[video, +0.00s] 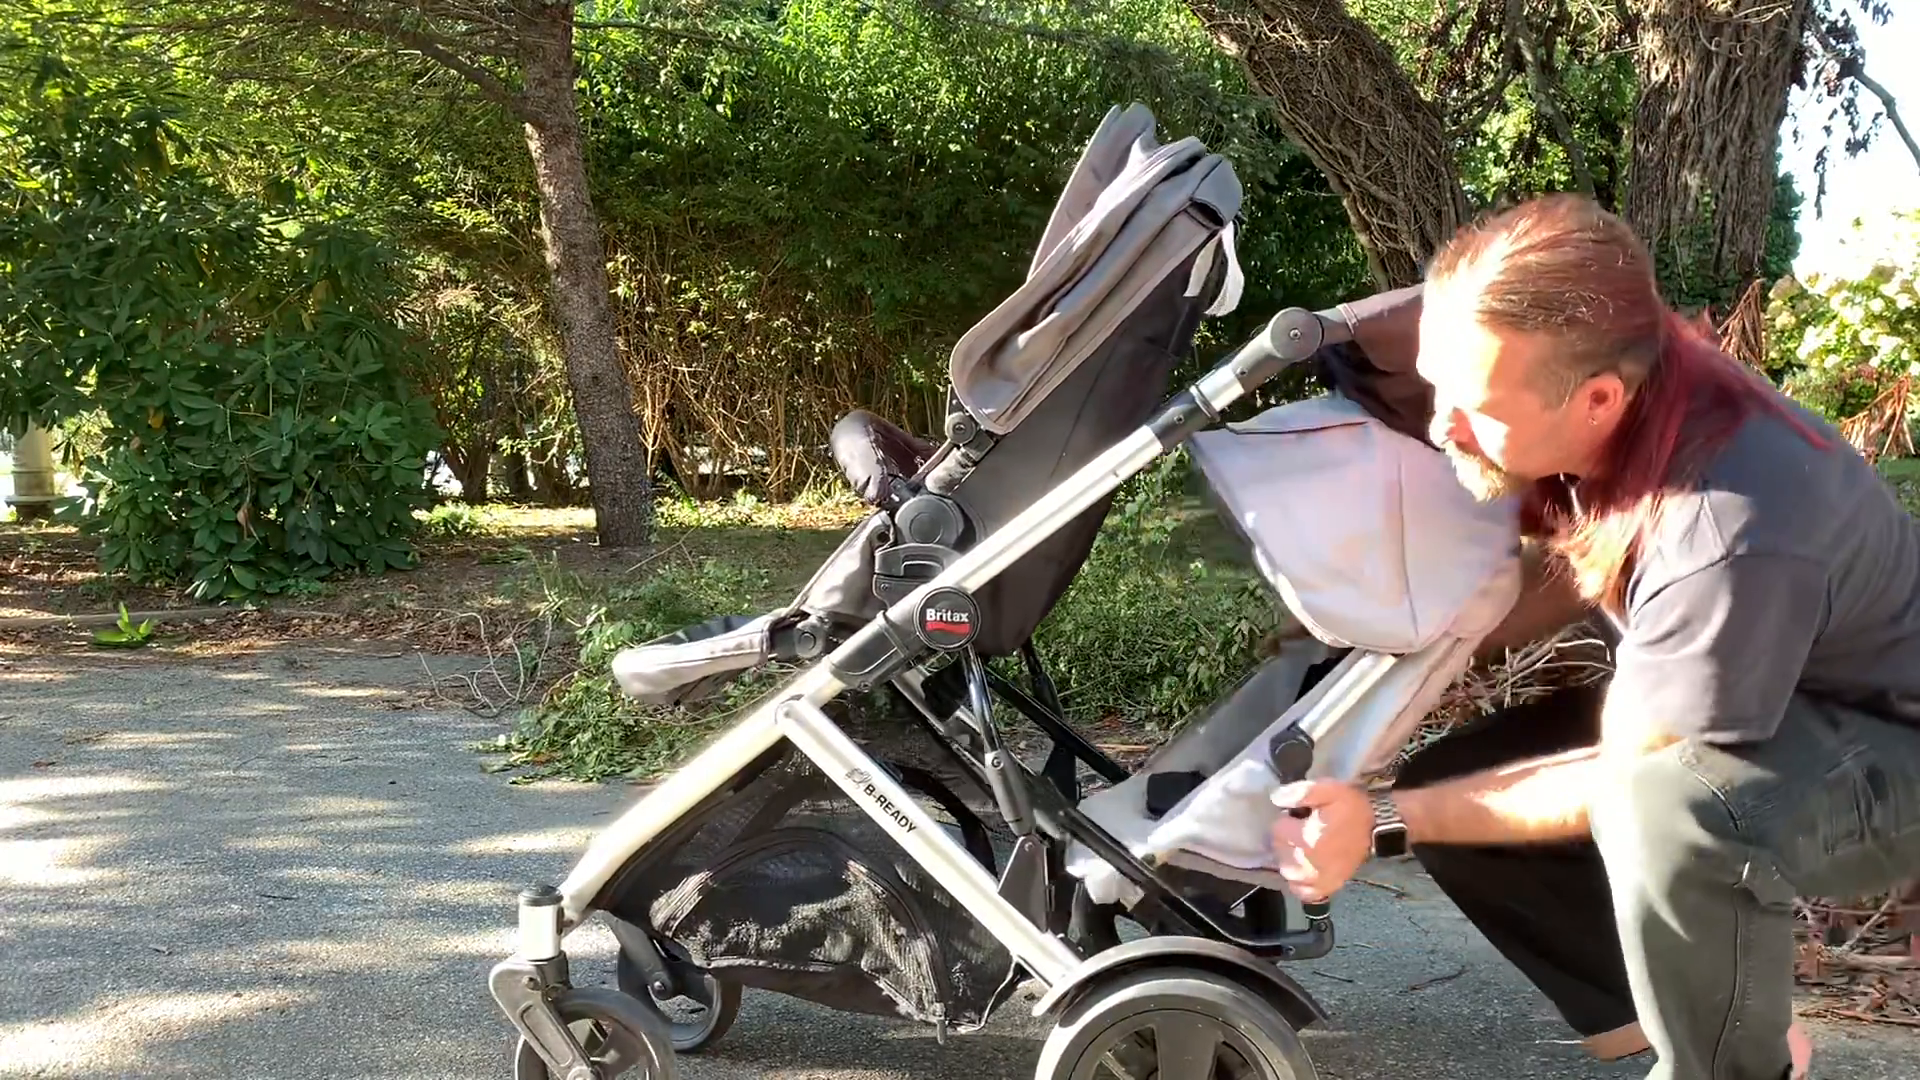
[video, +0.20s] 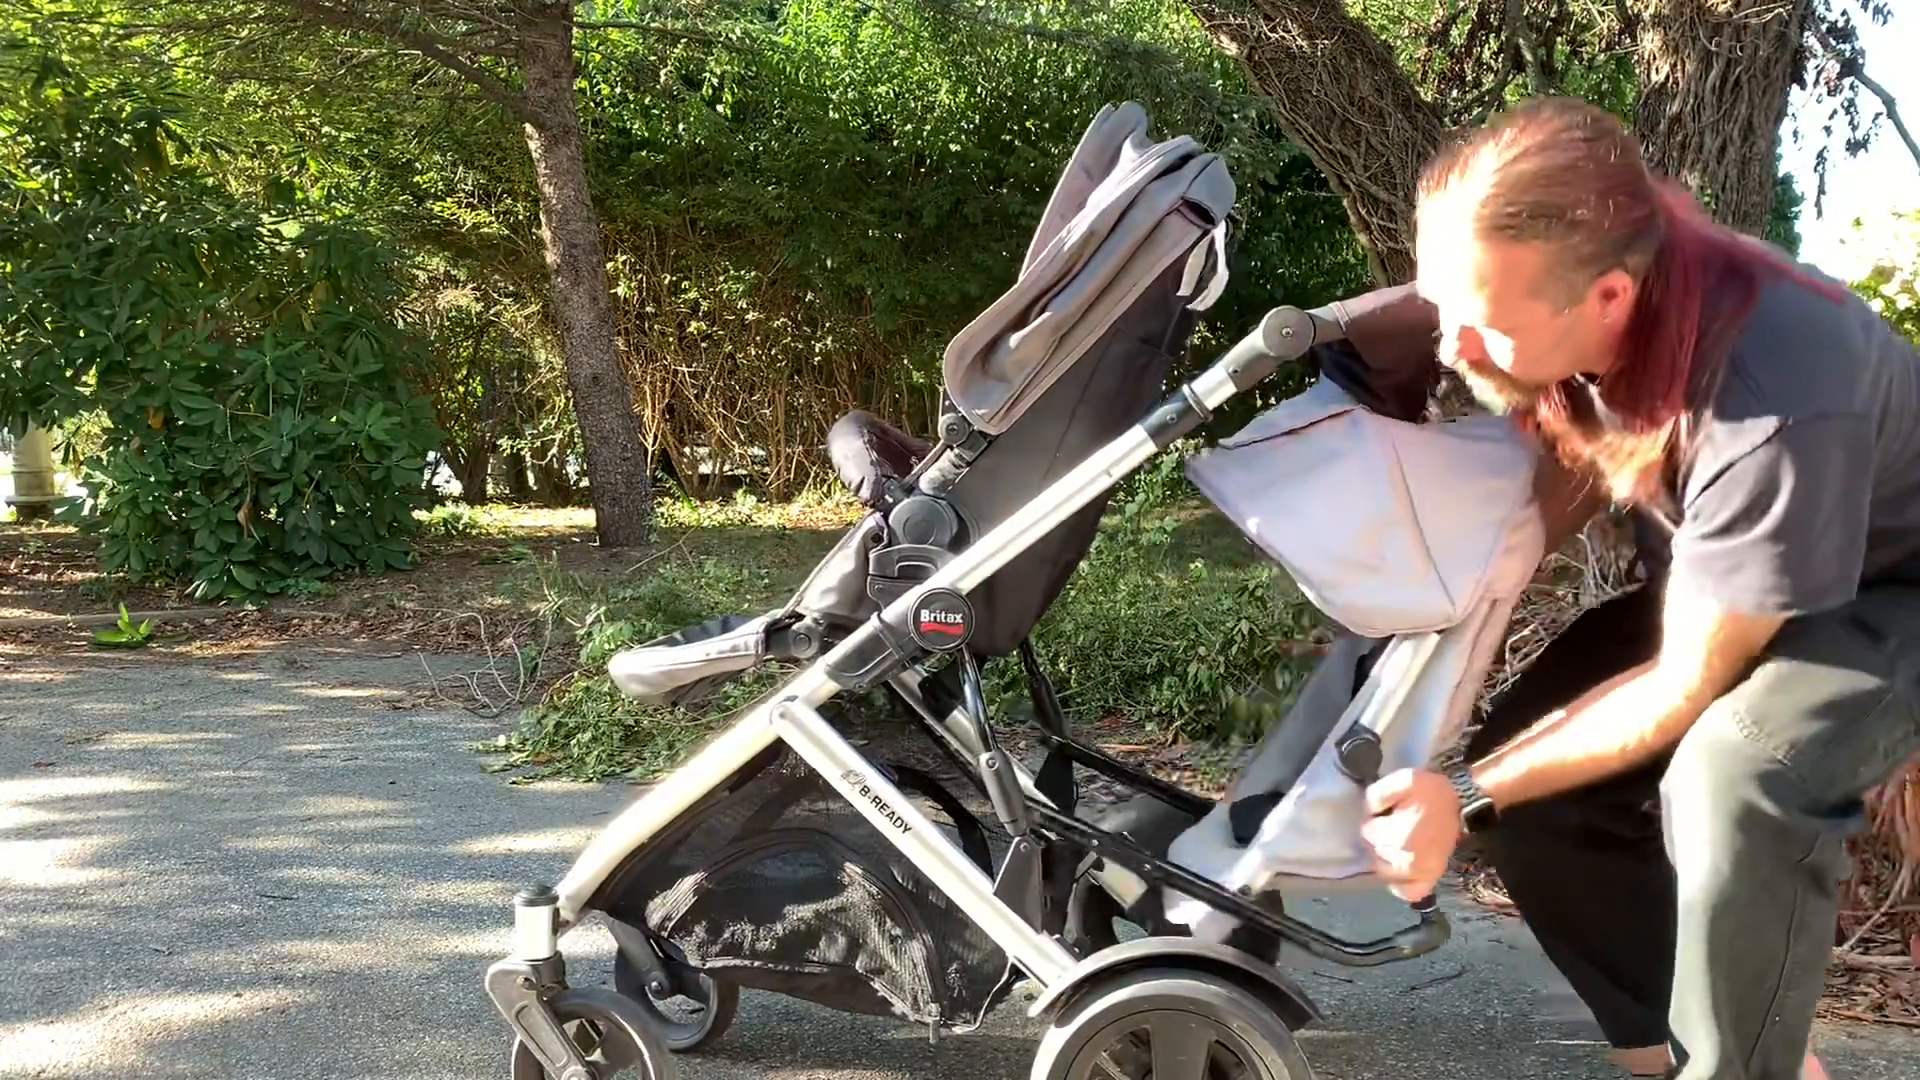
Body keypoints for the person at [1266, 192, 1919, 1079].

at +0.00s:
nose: (1446, 428)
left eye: (1473, 411)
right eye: (1441, 396)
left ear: (1599, 403)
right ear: (1597, 400)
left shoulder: (1728, 521)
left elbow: (1637, 780)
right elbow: (1571, 569)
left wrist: (1389, 818)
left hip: (1895, 731)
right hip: (1754, 679)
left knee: (1671, 809)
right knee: (1453, 801)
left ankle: (1741, 1065)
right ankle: (1689, 1031)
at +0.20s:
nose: (1454, 342)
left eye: (1482, 319)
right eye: (1446, 307)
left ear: (1607, 300)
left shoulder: (1773, 404)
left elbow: (1687, 684)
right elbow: (1534, 517)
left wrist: (1473, 794)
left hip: (1889, 583)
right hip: (1727, 567)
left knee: (1733, 776)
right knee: (1518, 778)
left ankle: (1744, 1066)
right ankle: (1661, 1050)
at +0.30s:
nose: (1472, 300)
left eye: (1499, 275)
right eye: (1462, 267)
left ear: (1623, 246)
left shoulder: (1798, 339)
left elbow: (1735, 632)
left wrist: (1525, 780)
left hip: (1886, 544)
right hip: (1712, 530)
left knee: (1776, 758)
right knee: (1555, 771)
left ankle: (1747, 1069)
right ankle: (1673, 1051)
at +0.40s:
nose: (1488, 267)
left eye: (1514, 238)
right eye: (1475, 232)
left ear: (1635, 205)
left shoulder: (1819, 283)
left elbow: (1775, 593)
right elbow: (1595, 402)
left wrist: (1585, 766)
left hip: (1890, 522)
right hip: (1714, 510)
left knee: (1795, 764)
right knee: (1597, 753)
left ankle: (1749, 1070)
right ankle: (1680, 1054)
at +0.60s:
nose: (1537, 155)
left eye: (1565, 122)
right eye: (1522, 120)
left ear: (1687, 72)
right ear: (1504, 75)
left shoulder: (1874, 155)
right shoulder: (1572, 144)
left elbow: (1891, 480)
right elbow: (1586, 330)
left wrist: (1766, 698)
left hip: (1877, 501)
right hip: (1707, 494)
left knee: (1865, 801)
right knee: (1663, 785)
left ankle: (1775, 1060)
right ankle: (1708, 1053)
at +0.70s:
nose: (1561, 98)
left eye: (1588, 56)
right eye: (1539, 61)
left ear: (1714, 9)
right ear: (1520, 34)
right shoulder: (1581, 119)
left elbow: (1910, 431)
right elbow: (1588, 321)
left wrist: (1848, 662)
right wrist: (1522, 489)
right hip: (1738, 526)